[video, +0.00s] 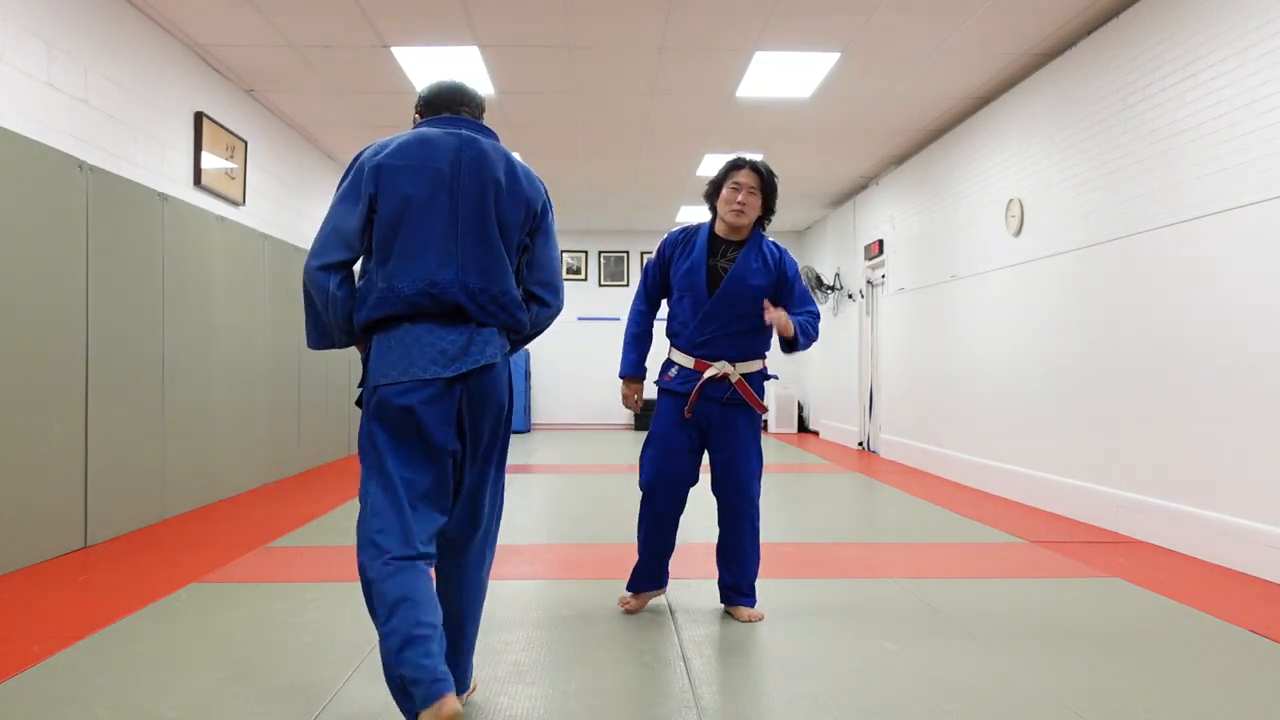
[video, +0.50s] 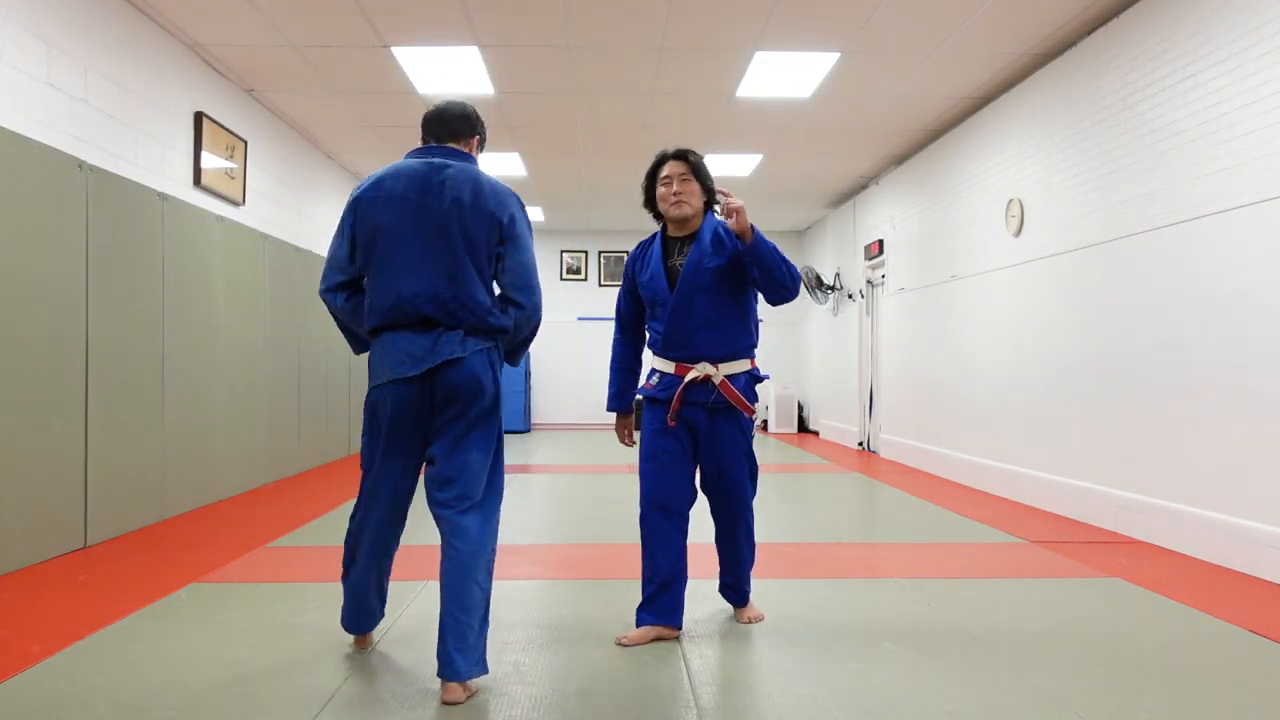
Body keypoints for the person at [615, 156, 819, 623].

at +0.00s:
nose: (740, 197)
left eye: (752, 192)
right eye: (734, 187)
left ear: (764, 206)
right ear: (715, 194)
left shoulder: (776, 260)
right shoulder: (679, 243)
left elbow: (809, 322)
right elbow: (644, 304)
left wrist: (790, 326)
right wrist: (631, 369)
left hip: (740, 389)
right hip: (679, 383)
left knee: (740, 497)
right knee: (659, 484)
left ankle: (739, 595)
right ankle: (649, 579)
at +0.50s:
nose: (675, 187)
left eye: (685, 179)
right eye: (665, 182)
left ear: (706, 190)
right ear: (653, 197)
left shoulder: (733, 240)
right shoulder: (643, 257)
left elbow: (786, 289)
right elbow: (628, 334)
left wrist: (748, 235)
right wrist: (623, 403)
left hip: (728, 389)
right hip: (665, 392)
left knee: (733, 501)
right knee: (660, 506)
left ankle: (739, 593)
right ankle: (661, 618)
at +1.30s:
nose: (659, 171)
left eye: (672, 163)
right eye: (651, 165)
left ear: (696, 176)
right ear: (640, 180)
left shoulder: (724, 228)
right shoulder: (639, 243)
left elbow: (738, 298)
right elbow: (621, 326)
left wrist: (657, 279)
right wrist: (604, 397)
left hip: (712, 389)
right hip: (655, 391)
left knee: (725, 522)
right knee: (650, 514)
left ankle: (750, 649)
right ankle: (660, 619)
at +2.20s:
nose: (727, 157)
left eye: (743, 147)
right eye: (721, 146)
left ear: (774, 159)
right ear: (714, 155)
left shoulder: (793, 225)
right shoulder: (716, 219)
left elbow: (800, 330)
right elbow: (699, 307)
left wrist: (716, 362)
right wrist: (681, 375)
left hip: (767, 394)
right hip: (710, 388)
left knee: (753, 526)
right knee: (681, 509)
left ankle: (758, 657)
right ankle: (690, 626)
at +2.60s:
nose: (743, 150)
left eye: (758, 141)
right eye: (734, 139)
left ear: (784, 157)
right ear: (720, 153)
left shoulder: (806, 223)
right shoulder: (701, 227)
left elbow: (851, 303)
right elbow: (680, 319)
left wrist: (782, 303)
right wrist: (666, 395)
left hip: (779, 394)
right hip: (708, 390)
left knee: (766, 538)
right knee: (679, 529)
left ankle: (760, 660)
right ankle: (661, 663)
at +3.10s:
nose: (717, 142)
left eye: (730, 131)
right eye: (704, 133)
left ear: (753, 146)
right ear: (687, 149)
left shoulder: (783, 213)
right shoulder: (662, 228)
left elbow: (856, 269)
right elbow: (635, 323)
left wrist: (802, 197)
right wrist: (626, 409)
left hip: (769, 401)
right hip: (689, 402)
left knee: (768, 547)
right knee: (690, 552)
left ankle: (762, 656)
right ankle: (691, 697)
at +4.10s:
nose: (671, 120)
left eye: (683, 107)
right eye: (655, 111)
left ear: (707, 121)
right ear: (637, 131)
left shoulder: (750, 187)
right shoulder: (620, 218)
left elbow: (813, 255)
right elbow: (601, 319)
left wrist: (777, 242)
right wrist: (598, 415)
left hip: (750, 390)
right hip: (664, 396)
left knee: (770, 541)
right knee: (669, 563)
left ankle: (787, 645)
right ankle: (679, 709)